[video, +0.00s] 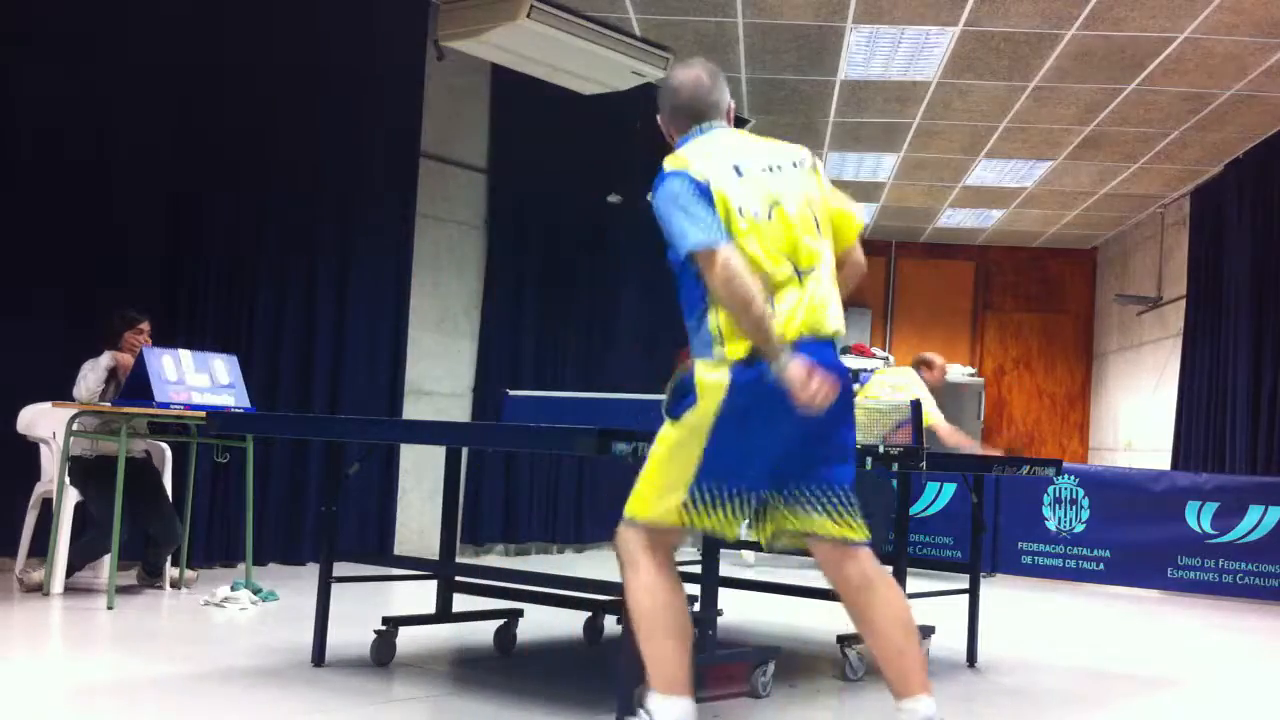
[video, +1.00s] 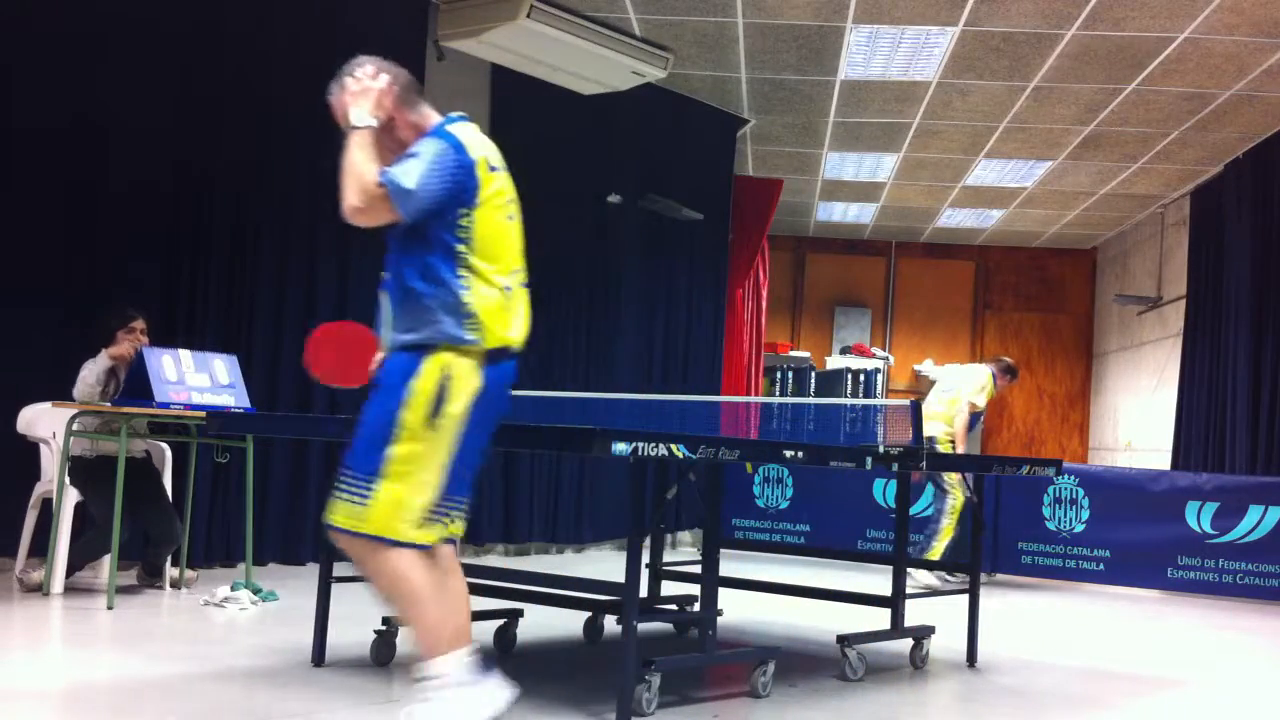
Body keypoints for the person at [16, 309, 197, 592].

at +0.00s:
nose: (144, 340)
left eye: (148, 335)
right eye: (138, 333)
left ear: (150, 339)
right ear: (120, 335)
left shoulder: (152, 369)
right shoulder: (98, 365)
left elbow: (171, 399)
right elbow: (83, 395)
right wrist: (109, 361)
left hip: (134, 458)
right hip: (91, 457)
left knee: (169, 531)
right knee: (110, 529)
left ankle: (152, 572)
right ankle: (53, 572)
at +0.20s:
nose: (144, 340)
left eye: (148, 335)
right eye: (138, 333)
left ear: (150, 339)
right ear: (120, 334)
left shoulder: (152, 369)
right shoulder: (98, 366)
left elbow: (173, 397)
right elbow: (83, 395)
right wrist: (108, 361)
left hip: (134, 457)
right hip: (91, 457)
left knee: (169, 532)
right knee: (110, 530)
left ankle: (152, 572)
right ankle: (53, 573)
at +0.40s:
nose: (141, 340)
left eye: (145, 334)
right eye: (134, 333)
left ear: (149, 340)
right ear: (116, 336)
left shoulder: (152, 371)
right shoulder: (97, 367)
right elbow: (83, 395)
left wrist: (148, 369)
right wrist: (113, 368)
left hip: (134, 458)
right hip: (91, 458)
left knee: (169, 531)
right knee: (110, 530)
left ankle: (152, 572)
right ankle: (53, 573)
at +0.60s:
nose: (140, 339)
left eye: (145, 334)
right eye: (133, 333)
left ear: (149, 340)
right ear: (117, 336)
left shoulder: (153, 372)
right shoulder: (96, 367)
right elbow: (84, 394)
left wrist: (151, 370)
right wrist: (117, 367)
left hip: (134, 458)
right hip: (91, 458)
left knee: (169, 532)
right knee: (111, 530)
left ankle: (151, 572)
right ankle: (53, 573)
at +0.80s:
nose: (139, 339)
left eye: (144, 333)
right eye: (131, 332)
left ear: (148, 339)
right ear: (113, 336)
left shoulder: (152, 370)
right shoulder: (97, 366)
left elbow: (174, 396)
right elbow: (84, 394)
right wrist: (115, 366)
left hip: (134, 458)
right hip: (91, 457)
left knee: (170, 532)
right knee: (111, 530)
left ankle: (152, 571)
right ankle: (53, 573)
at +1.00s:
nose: (139, 338)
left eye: (143, 332)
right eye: (131, 332)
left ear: (148, 337)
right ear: (114, 336)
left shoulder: (151, 370)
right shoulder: (98, 367)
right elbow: (83, 396)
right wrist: (107, 357)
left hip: (134, 457)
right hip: (91, 457)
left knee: (169, 532)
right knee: (113, 530)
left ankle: (152, 572)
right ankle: (53, 573)